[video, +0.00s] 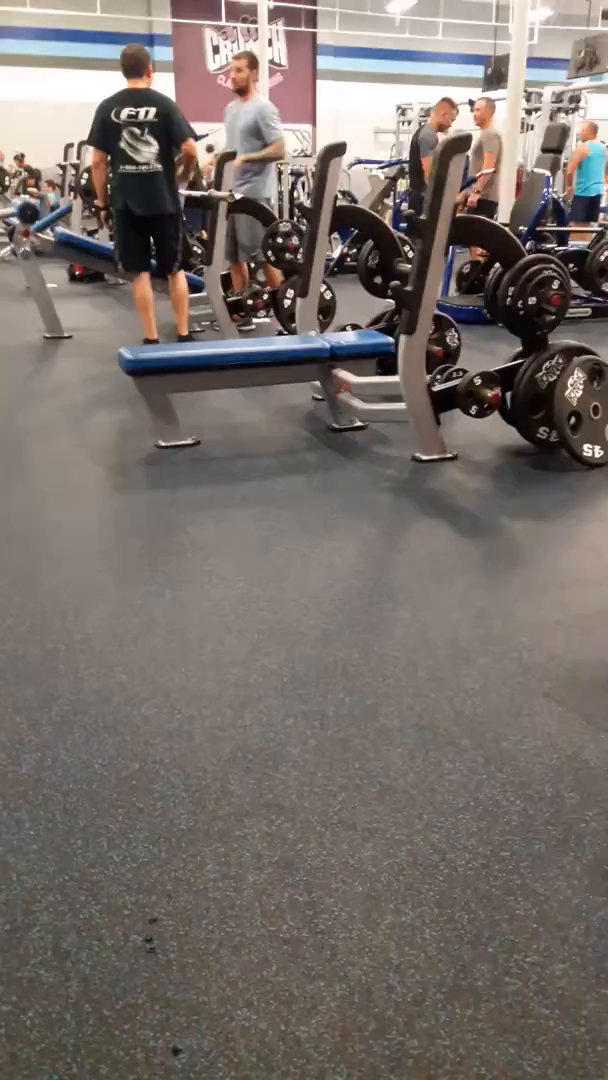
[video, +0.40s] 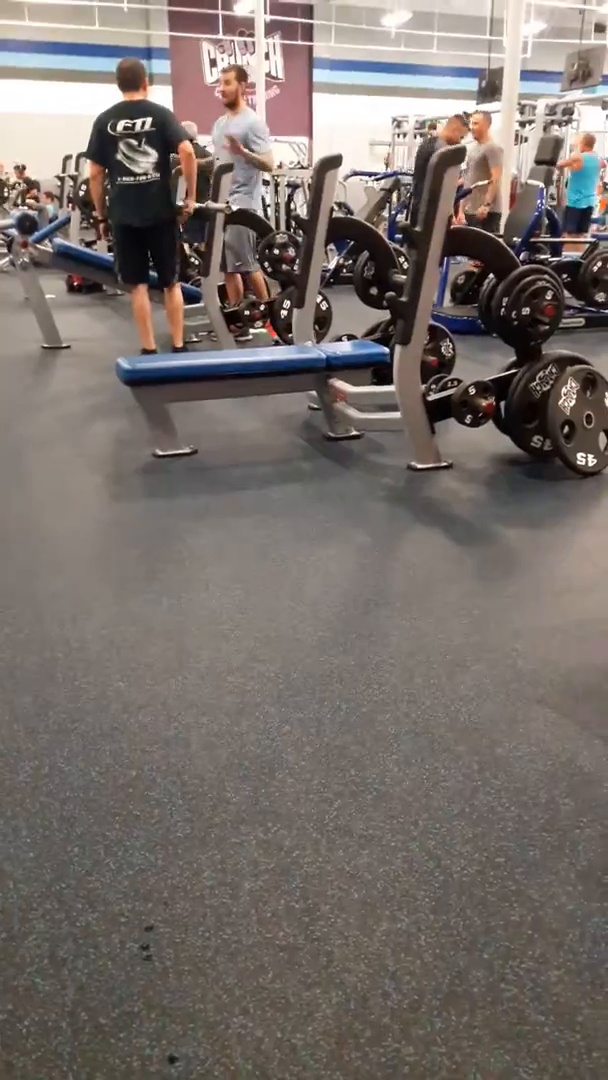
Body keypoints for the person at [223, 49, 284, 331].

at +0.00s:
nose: (232, 75)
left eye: (238, 70)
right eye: (231, 70)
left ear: (253, 74)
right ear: (231, 74)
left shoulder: (264, 109)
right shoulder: (231, 108)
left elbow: (280, 149)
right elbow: (235, 147)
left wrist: (244, 158)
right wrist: (217, 158)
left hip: (258, 194)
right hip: (232, 192)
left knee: (263, 254)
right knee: (234, 255)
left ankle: (283, 305)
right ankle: (240, 307)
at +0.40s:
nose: (221, 88)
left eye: (227, 83)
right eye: (220, 83)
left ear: (242, 86)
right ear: (220, 88)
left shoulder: (254, 122)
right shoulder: (219, 124)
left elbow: (269, 163)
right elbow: (218, 162)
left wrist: (243, 152)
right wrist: (196, 163)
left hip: (245, 200)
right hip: (221, 200)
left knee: (245, 259)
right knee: (228, 264)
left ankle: (269, 311)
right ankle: (236, 318)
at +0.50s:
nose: (221, 92)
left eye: (227, 86)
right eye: (220, 87)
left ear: (242, 90)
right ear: (219, 91)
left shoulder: (252, 126)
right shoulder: (217, 126)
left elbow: (264, 170)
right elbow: (215, 169)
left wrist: (245, 157)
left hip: (243, 206)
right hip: (220, 205)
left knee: (245, 266)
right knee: (226, 269)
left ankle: (266, 317)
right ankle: (233, 323)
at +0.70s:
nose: (223, 95)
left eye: (229, 90)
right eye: (222, 90)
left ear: (244, 94)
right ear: (222, 94)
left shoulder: (253, 131)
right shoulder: (218, 129)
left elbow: (264, 175)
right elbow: (215, 168)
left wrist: (247, 166)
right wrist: (194, 169)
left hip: (242, 211)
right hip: (218, 209)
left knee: (246, 271)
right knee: (227, 274)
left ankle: (270, 321)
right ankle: (232, 327)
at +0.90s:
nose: (218, 96)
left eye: (224, 91)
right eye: (218, 91)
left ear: (240, 95)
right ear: (219, 95)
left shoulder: (248, 129)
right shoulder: (215, 131)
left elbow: (255, 167)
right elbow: (200, 162)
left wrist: (240, 132)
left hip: (239, 209)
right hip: (215, 208)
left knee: (242, 271)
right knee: (223, 275)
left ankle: (266, 323)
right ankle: (230, 329)